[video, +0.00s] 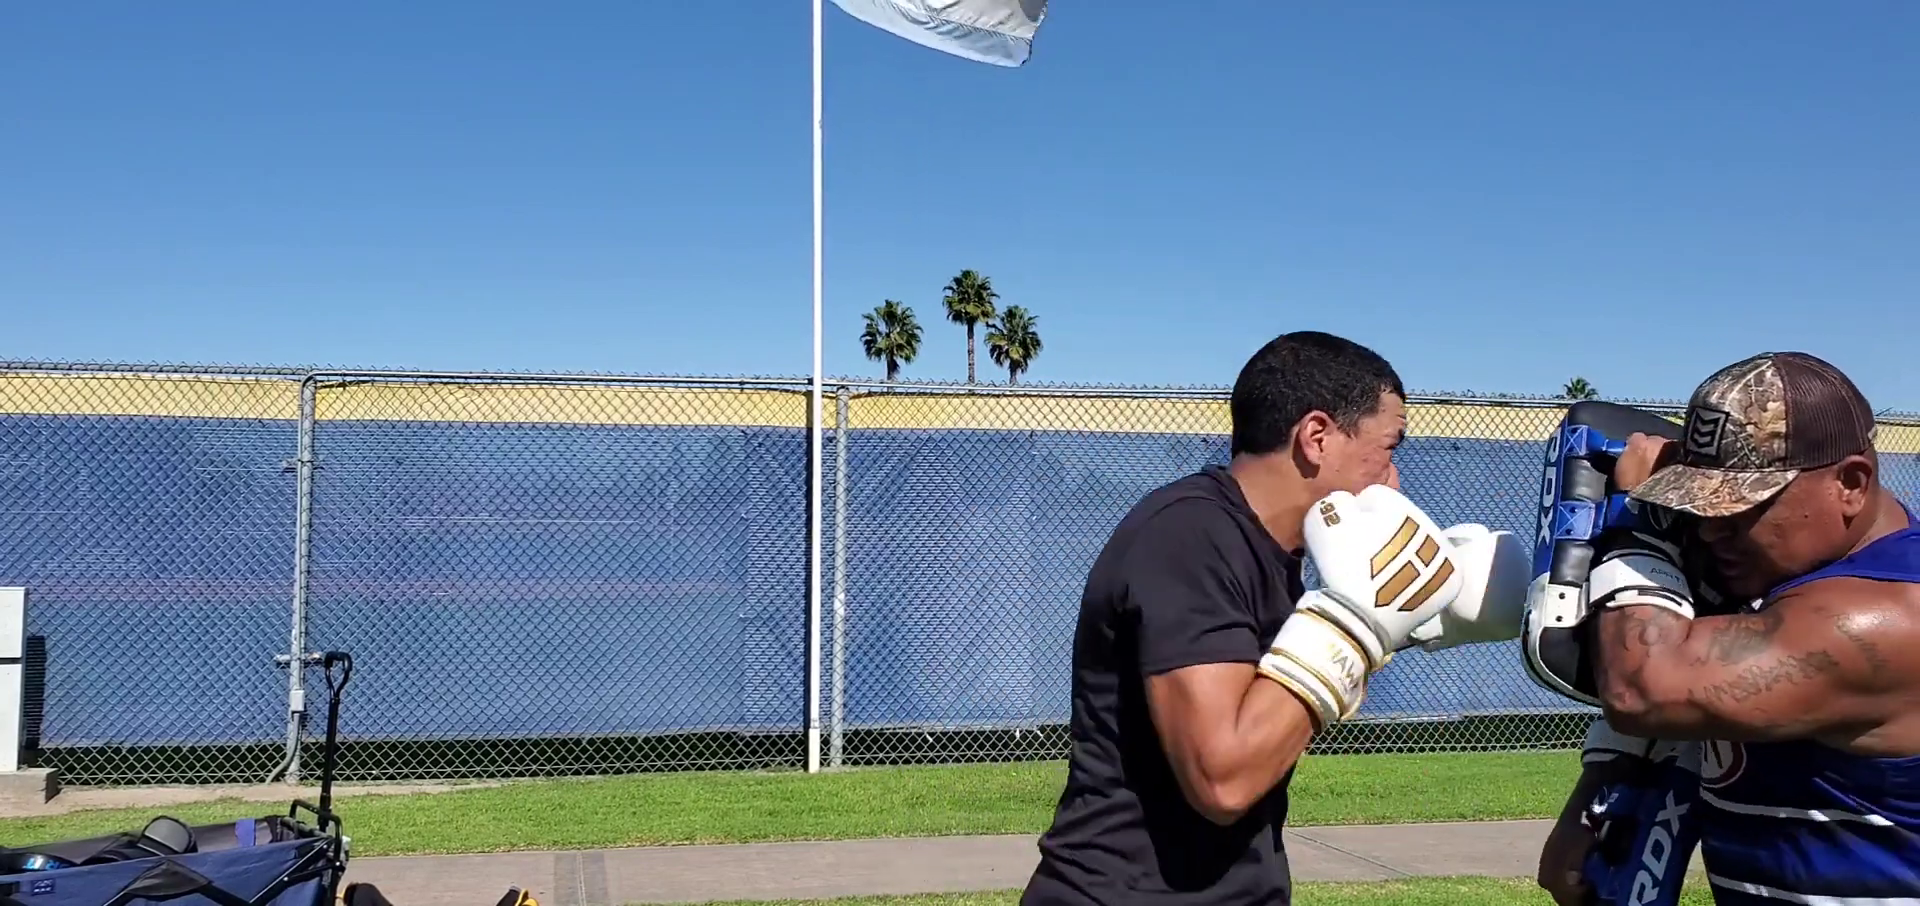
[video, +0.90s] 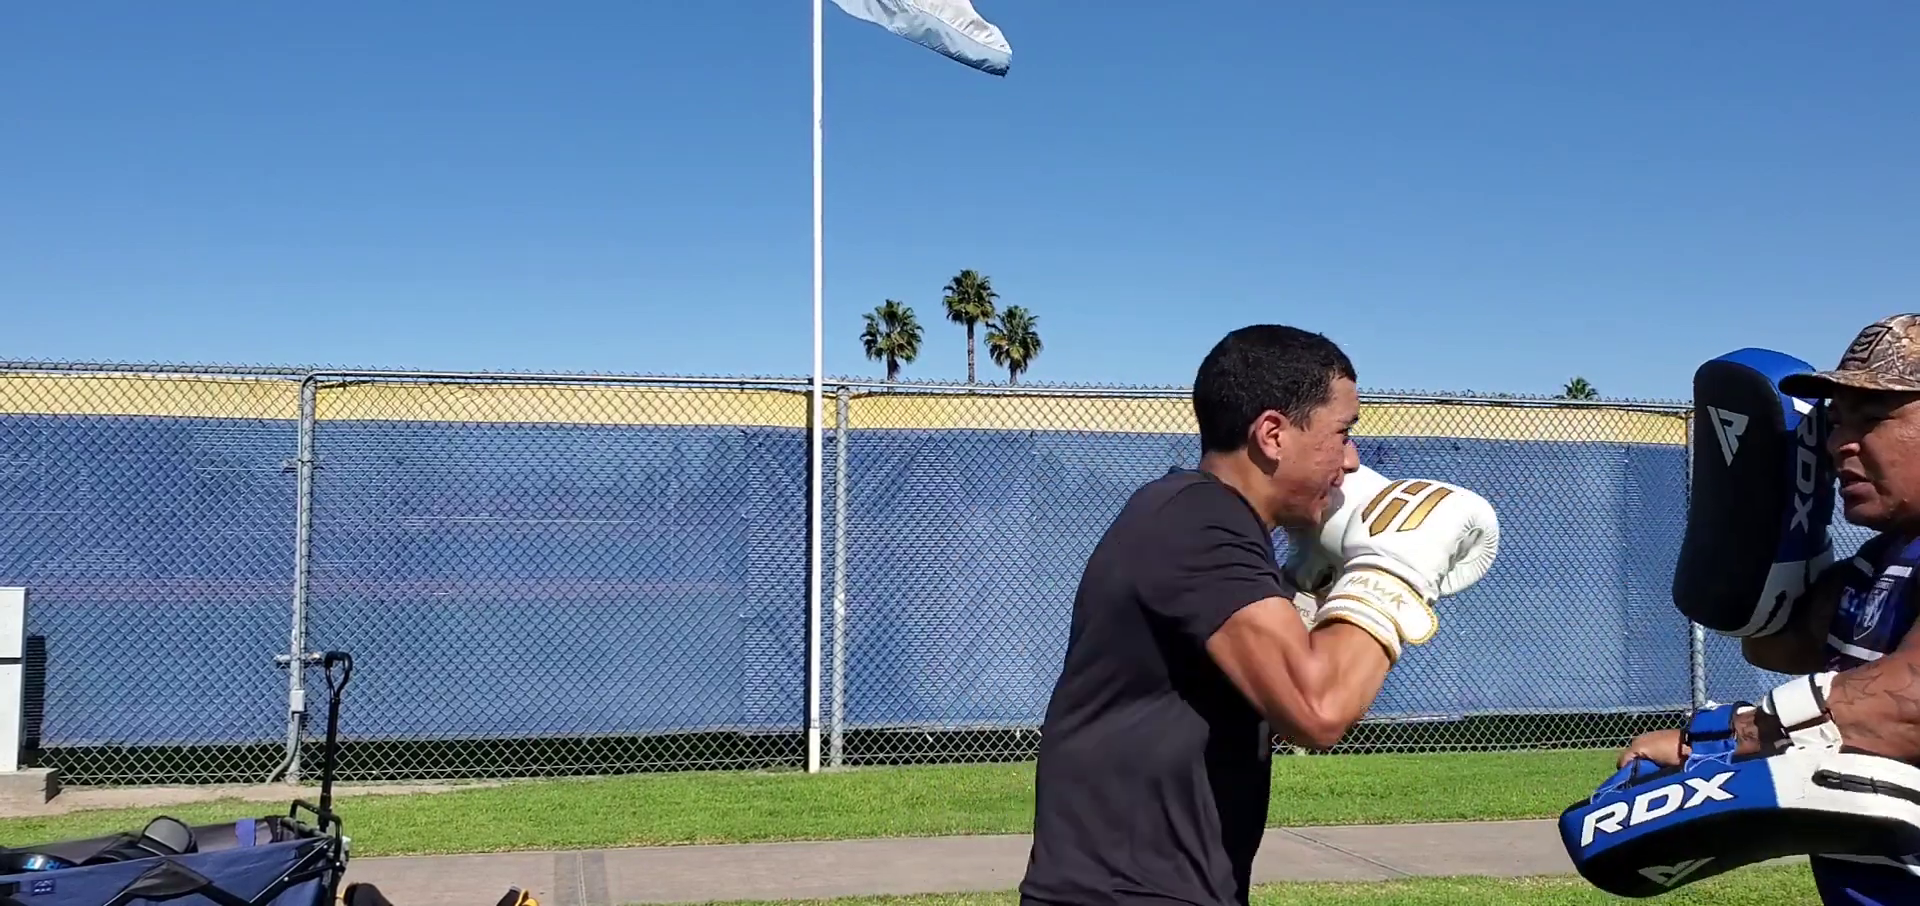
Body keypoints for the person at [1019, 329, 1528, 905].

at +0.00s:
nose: (1392, 481)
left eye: (1393, 454)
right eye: (1385, 452)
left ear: (1314, 442)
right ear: (1316, 439)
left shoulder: (1268, 549)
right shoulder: (1185, 539)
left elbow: (1256, 741)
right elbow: (1224, 779)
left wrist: (1370, 631)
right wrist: (1346, 624)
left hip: (1237, 883)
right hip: (1130, 887)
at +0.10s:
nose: (1391, 475)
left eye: (1393, 445)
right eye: (1378, 444)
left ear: (1302, 438)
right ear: (1296, 433)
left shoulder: (1328, 537)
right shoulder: (1141, 530)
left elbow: (1419, 624)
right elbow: (1151, 762)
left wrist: (1564, 585)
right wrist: (1271, 612)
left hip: (1233, 880)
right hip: (1100, 880)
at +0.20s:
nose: (1393, 468)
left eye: (1392, 437)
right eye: (1377, 436)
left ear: (1291, 435)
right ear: (1291, 431)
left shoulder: (1278, 541)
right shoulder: (1155, 530)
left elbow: (1264, 694)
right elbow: (1150, 763)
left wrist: (1434, 655)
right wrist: (1282, 615)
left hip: (1217, 886)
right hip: (1112, 891)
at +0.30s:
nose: (1380, 468)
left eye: (1377, 438)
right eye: (1365, 437)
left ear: (1284, 435)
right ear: (1283, 430)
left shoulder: (1225, 536)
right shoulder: (1167, 534)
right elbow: (1187, 771)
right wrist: (1315, 617)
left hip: (1202, 887)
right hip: (1128, 892)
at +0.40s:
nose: (1343, 452)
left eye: (1341, 424)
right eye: (1330, 422)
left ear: (1253, 415)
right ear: (1252, 413)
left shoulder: (1188, 523)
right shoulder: (1151, 522)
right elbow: (1199, 765)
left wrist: (1304, 668)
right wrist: (1305, 612)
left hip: (1176, 886)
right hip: (1109, 890)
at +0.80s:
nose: (1308, 488)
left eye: (1307, 461)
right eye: (1297, 460)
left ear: (1228, 465)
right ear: (1225, 461)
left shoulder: (1217, 566)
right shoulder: (1091, 554)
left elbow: (1236, 711)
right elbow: (1169, 776)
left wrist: (1344, 635)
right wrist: (1303, 641)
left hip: (1182, 883)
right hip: (1069, 891)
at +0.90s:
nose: (1352, 458)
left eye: (1350, 435)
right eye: (1341, 433)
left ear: (1275, 433)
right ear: (1273, 434)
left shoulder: (1186, 512)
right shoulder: (1203, 523)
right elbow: (1319, 709)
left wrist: (1321, 582)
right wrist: (1394, 572)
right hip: (1137, 886)